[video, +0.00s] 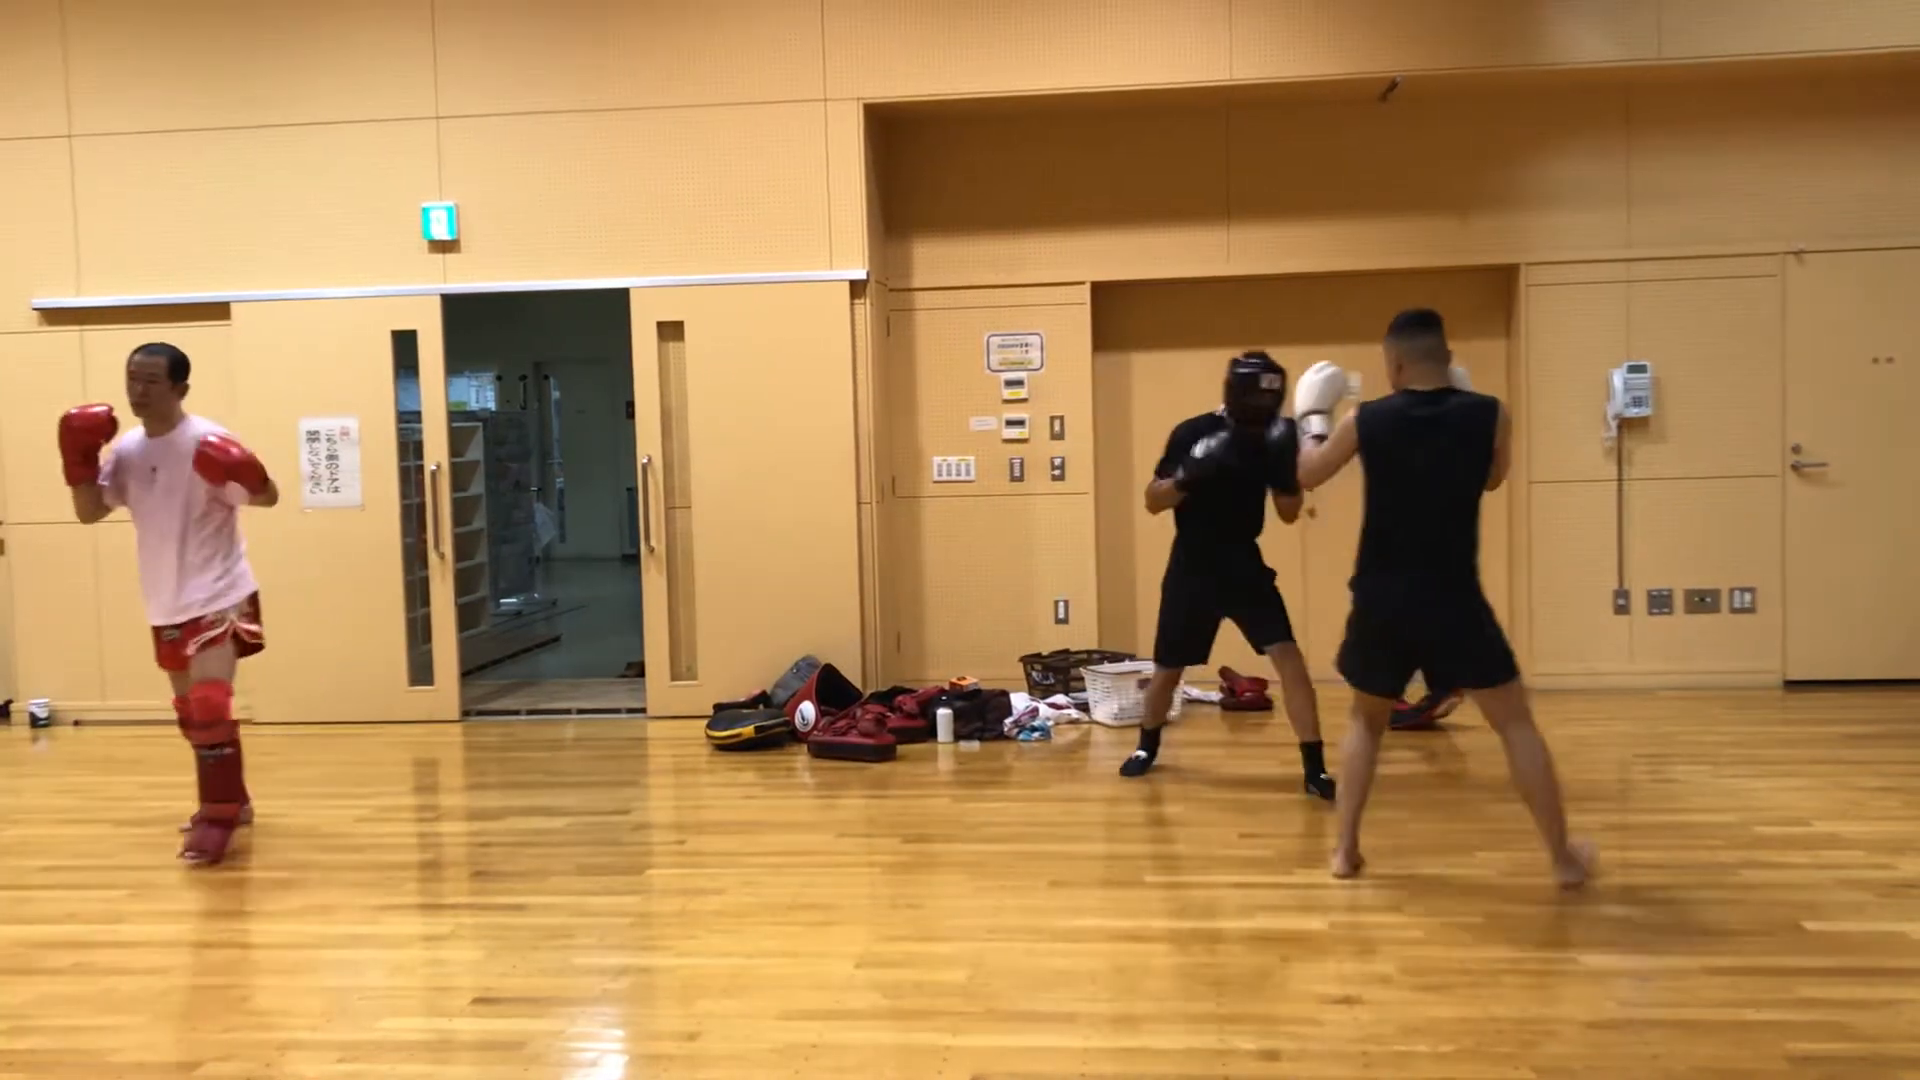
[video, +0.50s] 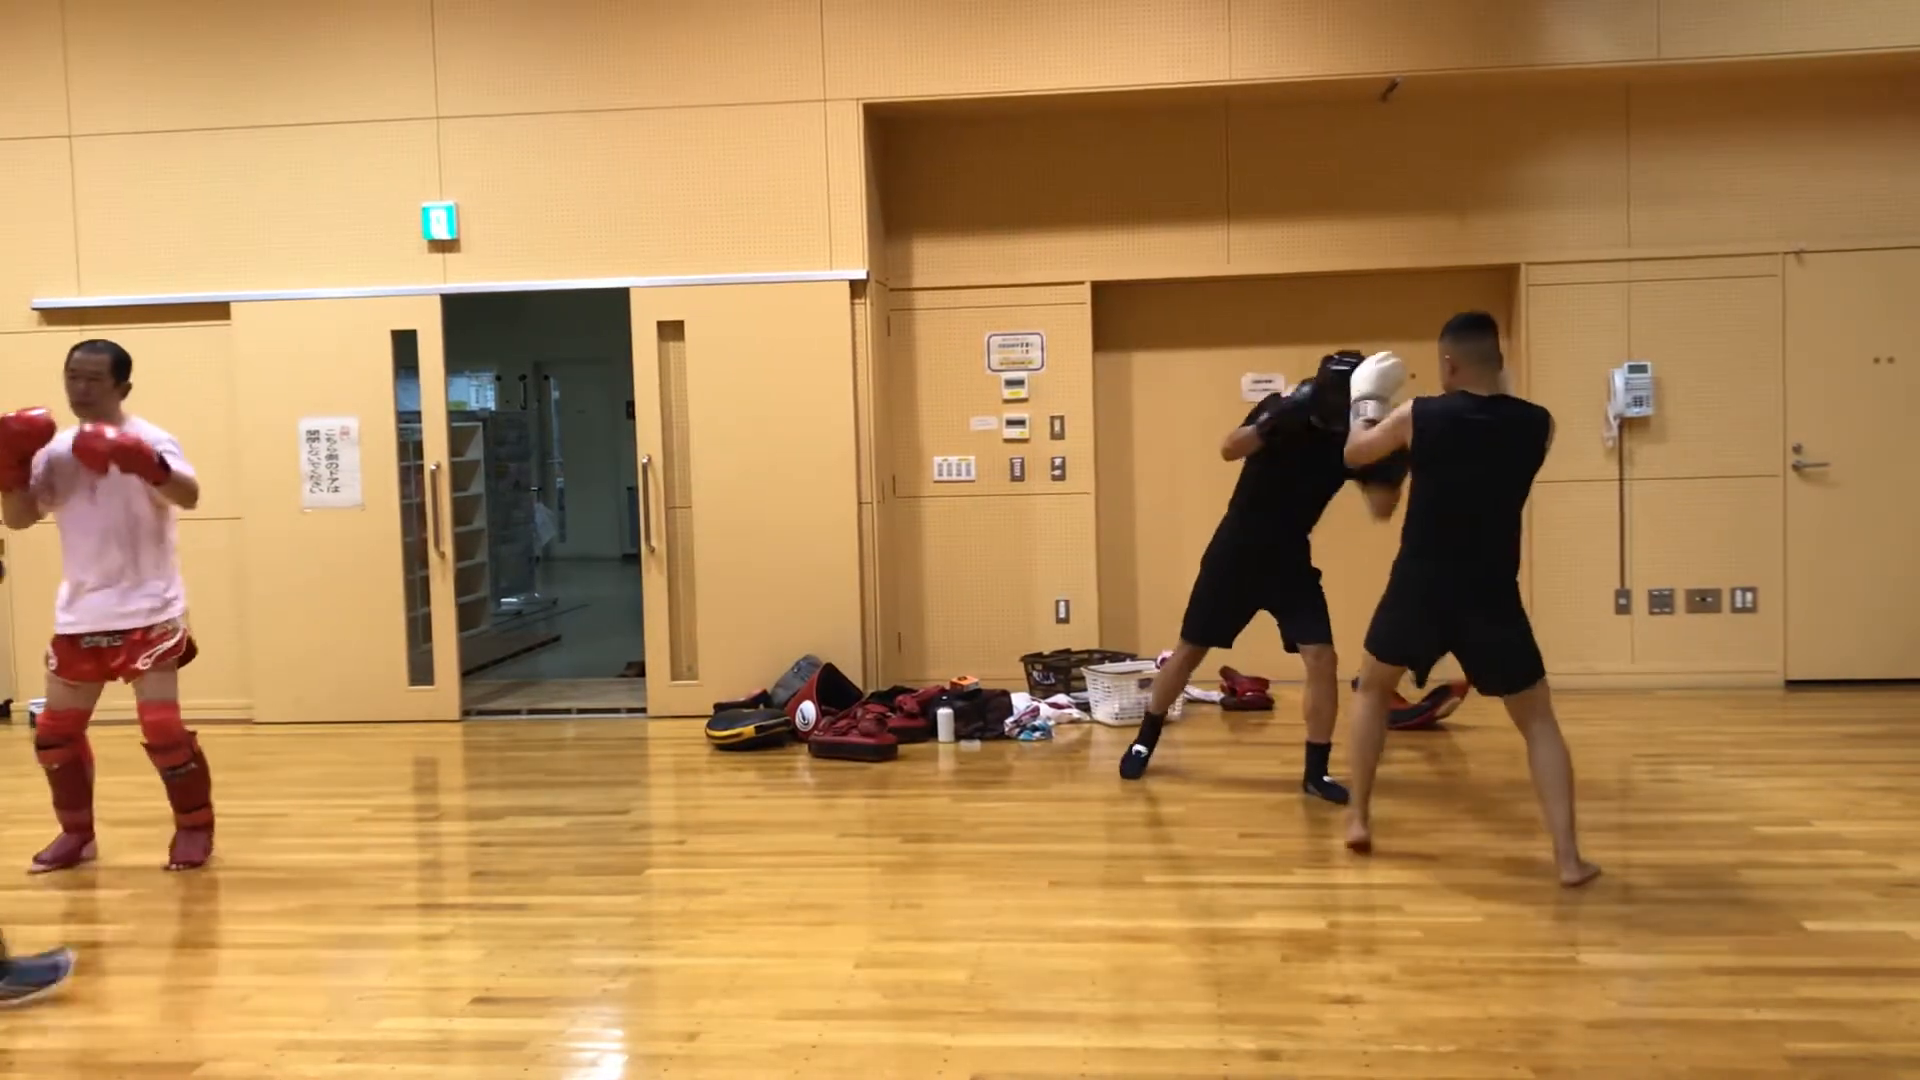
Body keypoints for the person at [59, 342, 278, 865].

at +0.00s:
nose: (137, 389)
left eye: (150, 381)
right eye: (132, 379)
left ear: (179, 388)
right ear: (125, 384)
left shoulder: (207, 442)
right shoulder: (125, 450)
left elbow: (267, 498)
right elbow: (90, 510)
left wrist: (248, 473)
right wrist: (78, 458)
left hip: (217, 594)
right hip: (165, 601)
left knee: (210, 708)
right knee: (191, 714)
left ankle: (217, 817)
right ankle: (229, 802)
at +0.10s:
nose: (133, 390)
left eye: (146, 382)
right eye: (128, 379)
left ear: (174, 389)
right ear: (120, 383)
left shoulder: (201, 443)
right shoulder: (116, 452)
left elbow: (258, 498)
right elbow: (87, 519)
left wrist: (236, 461)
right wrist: (71, 468)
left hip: (209, 595)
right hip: (154, 603)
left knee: (192, 713)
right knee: (172, 718)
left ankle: (201, 826)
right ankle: (227, 790)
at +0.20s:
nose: (123, 385)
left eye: (135, 377)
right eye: (117, 376)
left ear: (165, 385)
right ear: (110, 381)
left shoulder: (188, 439)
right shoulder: (105, 451)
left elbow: (241, 492)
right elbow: (77, 516)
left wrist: (210, 454)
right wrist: (57, 471)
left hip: (199, 595)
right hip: (139, 600)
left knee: (191, 719)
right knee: (131, 716)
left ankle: (203, 828)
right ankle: (203, 784)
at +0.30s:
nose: (107, 384)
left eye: (120, 374)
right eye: (101, 373)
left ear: (152, 381)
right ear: (93, 377)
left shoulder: (178, 433)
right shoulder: (87, 444)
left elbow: (215, 482)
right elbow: (49, 502)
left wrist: (171, 442)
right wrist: (38, 453)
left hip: (182, 598)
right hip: (116, 601)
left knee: (185, 720)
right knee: (86, 715)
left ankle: (202, 833)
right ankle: (133, 807)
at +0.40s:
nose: (94, 386)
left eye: (106, 377)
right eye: (86, 375)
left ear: (135, 383)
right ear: (76, 378)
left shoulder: (161, 435)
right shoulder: (69, 445)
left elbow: (195, 486)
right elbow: (30, 505)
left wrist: (149, 448)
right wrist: (21, 452)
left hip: (163, 604)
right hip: (95, 607)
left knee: (173, 726)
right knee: (67, 727)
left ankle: (200, 831)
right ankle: (80, 829)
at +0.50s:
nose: (80, 388)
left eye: (93, 379)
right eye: (73, 378)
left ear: (121, 386)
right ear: (63, 382)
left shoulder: (149, 440)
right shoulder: (56, 452)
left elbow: (188, 496)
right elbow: (18, 518)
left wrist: (135, 460)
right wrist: (12, 463)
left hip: (150, 604)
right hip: (82, 607)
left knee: (161, 727)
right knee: (57, 731)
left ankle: (193, 828)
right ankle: (76, 832)